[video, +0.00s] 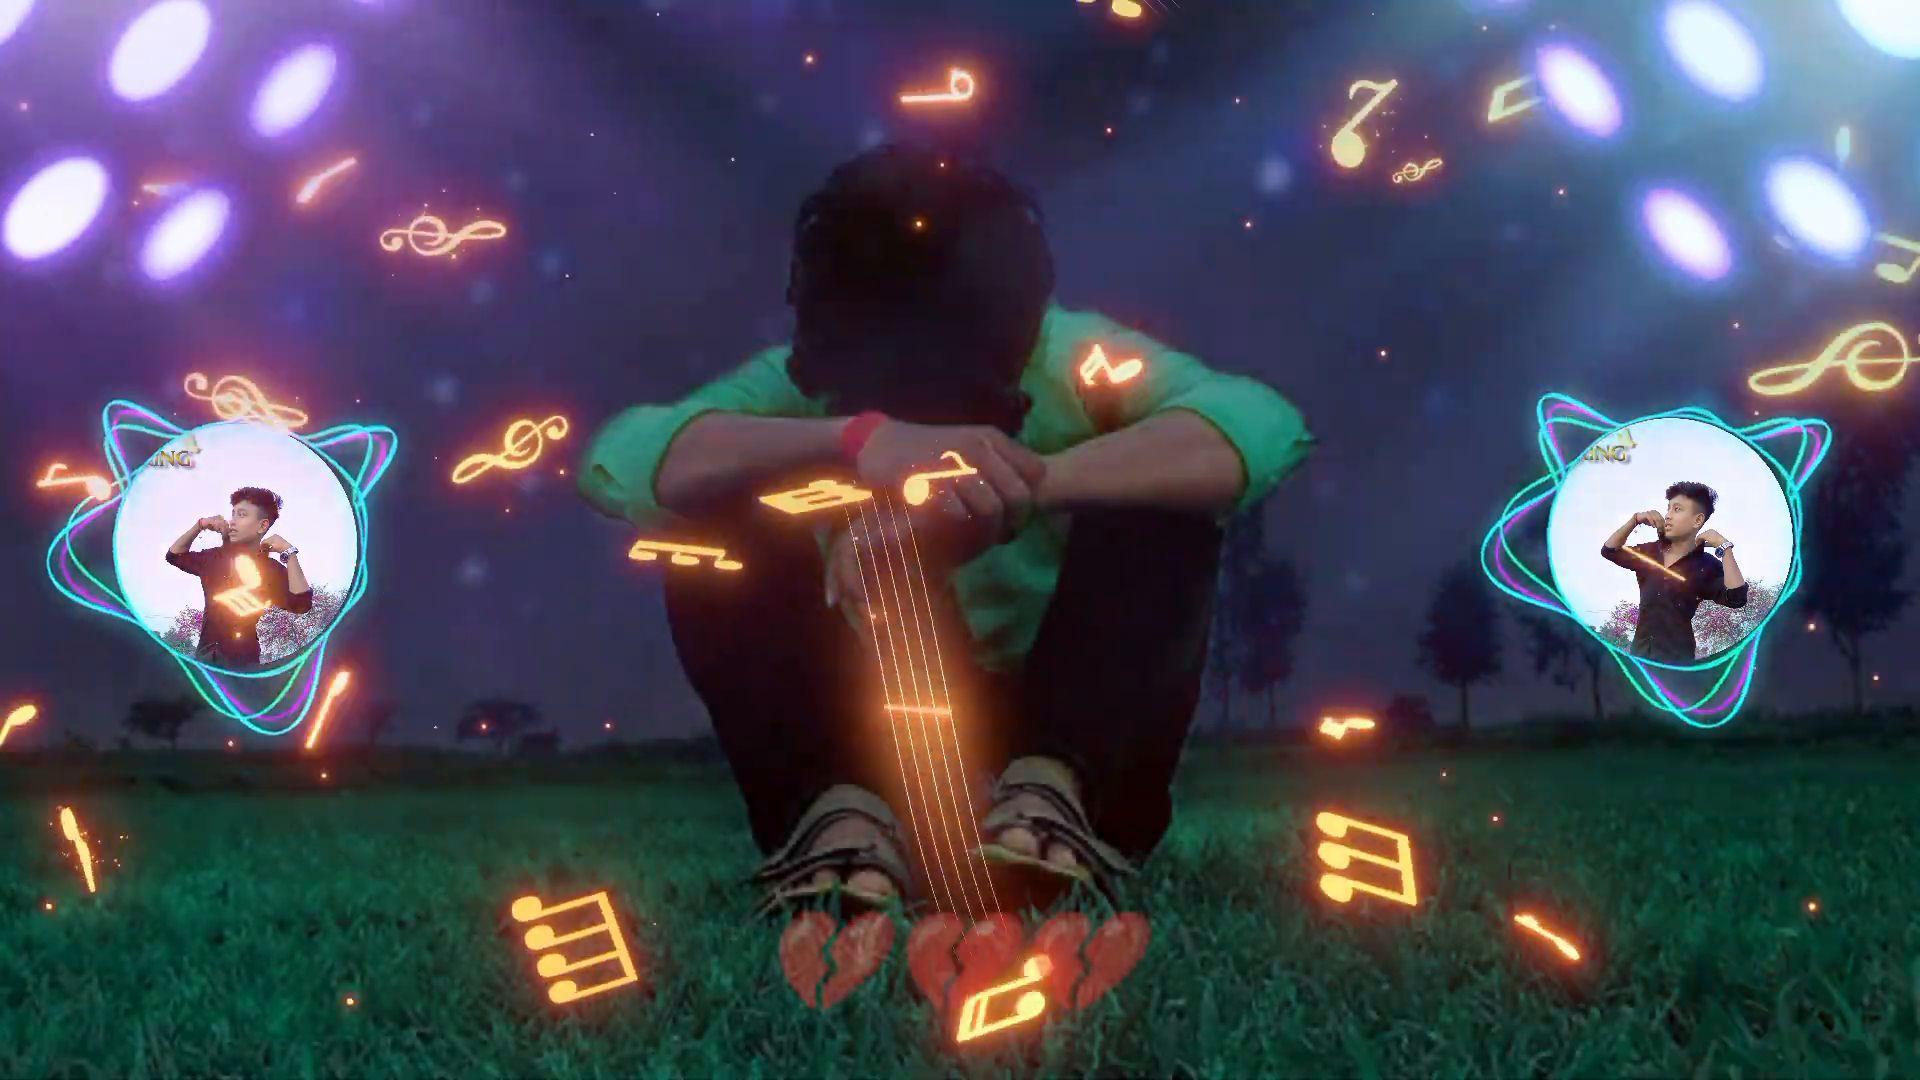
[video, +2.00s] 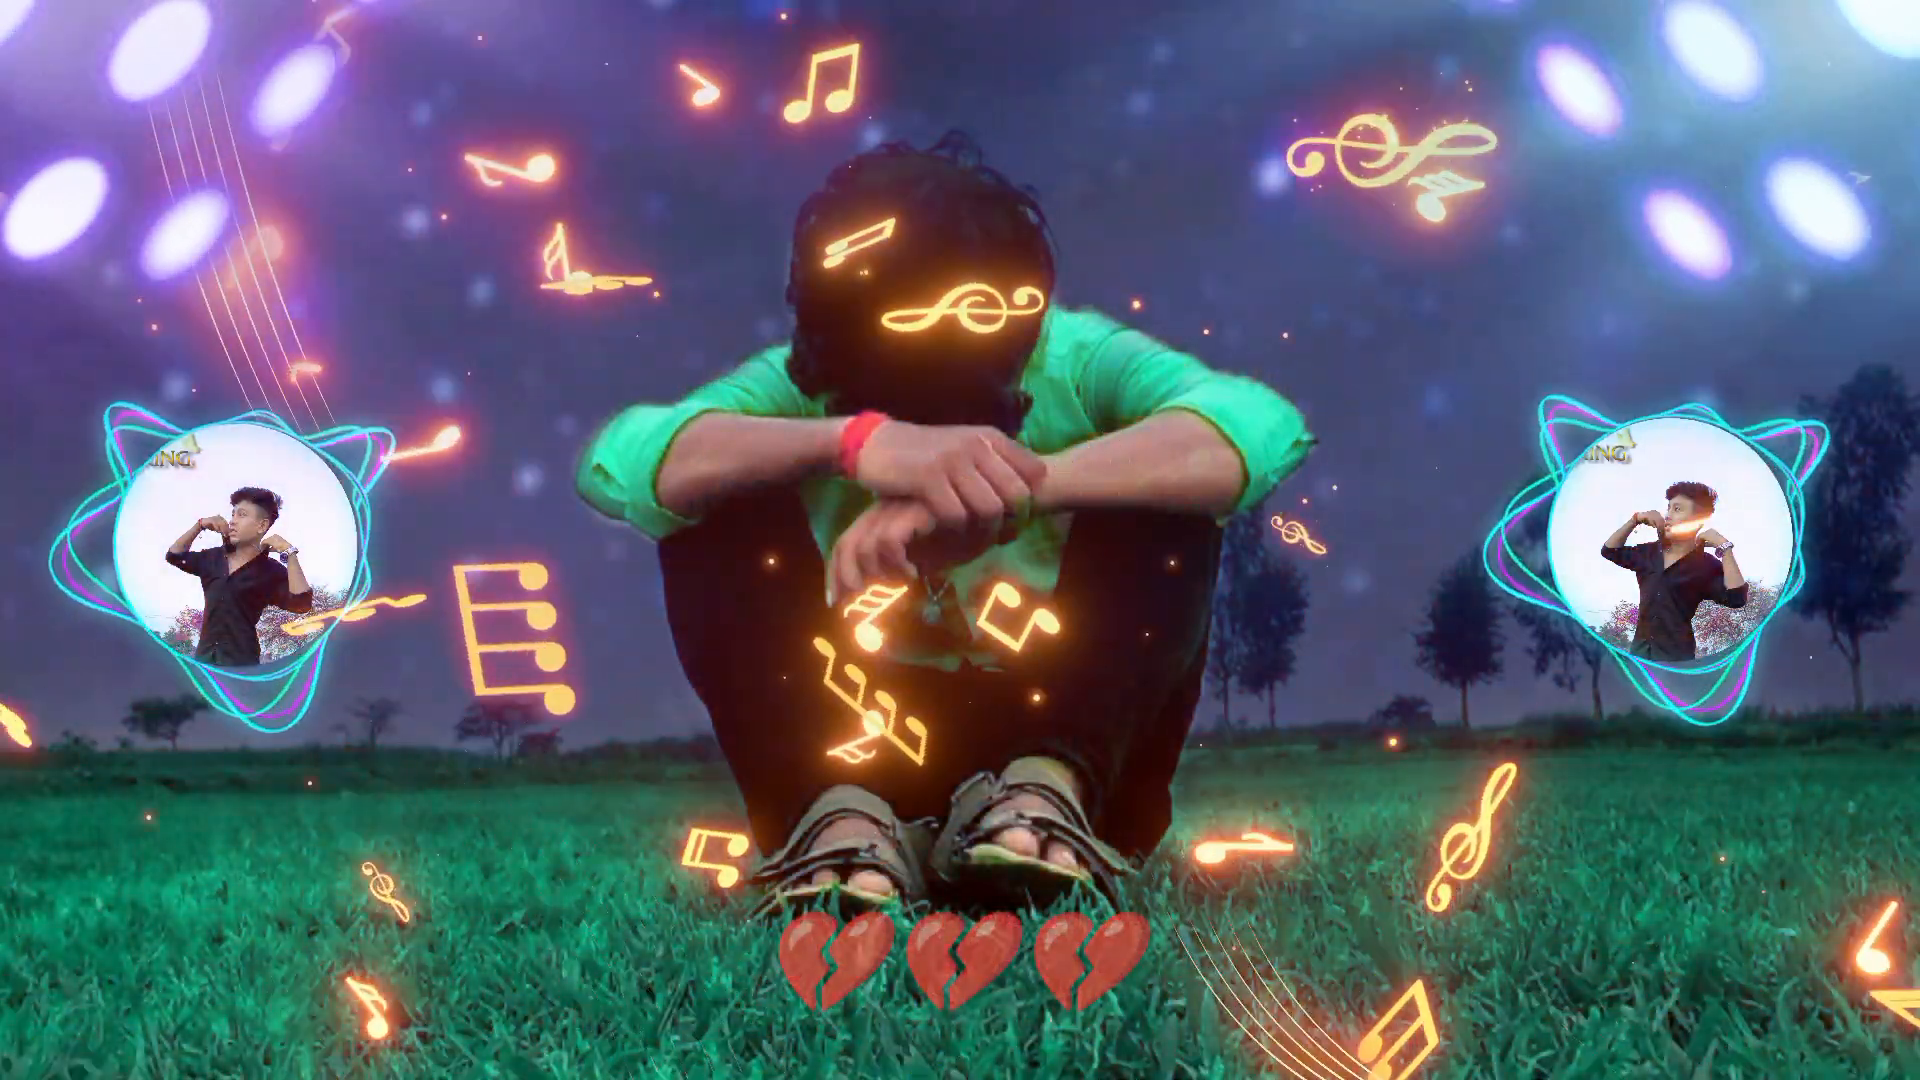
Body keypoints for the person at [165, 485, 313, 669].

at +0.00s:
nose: (231, 521)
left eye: (241, 515)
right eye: (233, 514)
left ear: (263, 525)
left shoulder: (273, 569)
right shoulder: (212, 558)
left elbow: (302, 605)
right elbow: (174, 556)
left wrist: (290, 553)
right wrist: (198, 527)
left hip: (247, 660)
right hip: (209, 656)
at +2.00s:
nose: (232, 521)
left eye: (242, 515)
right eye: (233, 514)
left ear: (263, 525)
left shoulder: (270, 569)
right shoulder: (212, 558)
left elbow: (302, 604)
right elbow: (173, 556)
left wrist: (290, 554)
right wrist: (199, 526)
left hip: (242, 662)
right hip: (204, 658)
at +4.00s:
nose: (232, 521)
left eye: (242, 515)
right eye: (233, 514)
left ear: (263, 525)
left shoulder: (270, 569)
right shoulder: (212, 558)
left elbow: (301, 604)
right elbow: (174, 557)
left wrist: (290, 553)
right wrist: (199, 526)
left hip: (242, 662)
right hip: (203, 659)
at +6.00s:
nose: (232, 520)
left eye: (241, 515)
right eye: (233, 514)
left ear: (263, 525)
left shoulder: (270, 570)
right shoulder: (212, 558)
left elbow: (301, 604)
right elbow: (174, 557)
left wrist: (289, 553)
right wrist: (199, 526)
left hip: (242, 665)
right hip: (203, 660)